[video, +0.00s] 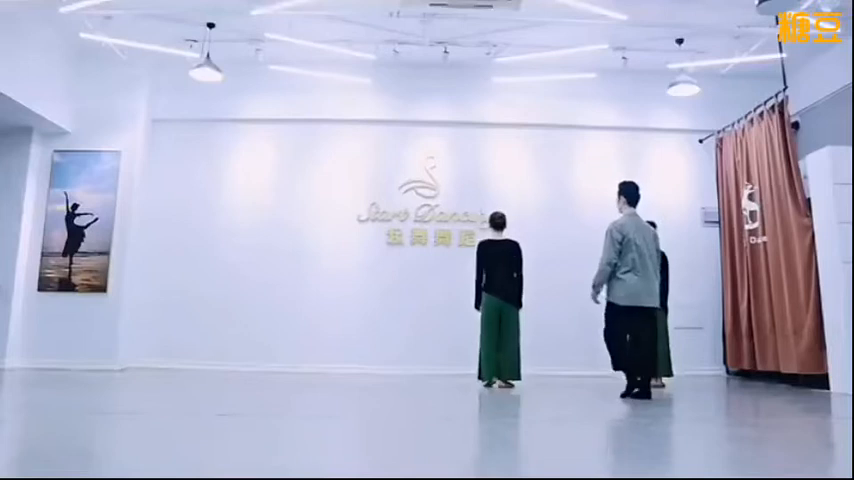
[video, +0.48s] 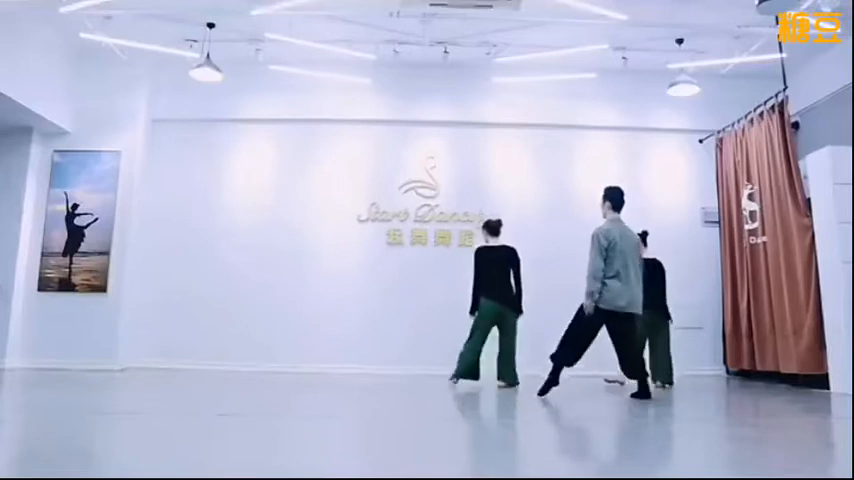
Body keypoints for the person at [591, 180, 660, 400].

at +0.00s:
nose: (616, 202)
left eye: (617, 198)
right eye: (618, 198)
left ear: (621, 199)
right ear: (636, 200)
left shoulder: (617, 227)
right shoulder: (650, 230)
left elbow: (608, 262)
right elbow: (656, 263)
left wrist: (596, 285)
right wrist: (653, 288)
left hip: (622, 295)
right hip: (648, 296)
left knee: (613, 335)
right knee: (644, 342)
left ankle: (630, 376)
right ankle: (644, 386)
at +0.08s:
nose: (616, 203)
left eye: (616, 200)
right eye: (617, 199)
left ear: (621, 201)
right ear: (636, 202)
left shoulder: (617, 229)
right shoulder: (650, 232)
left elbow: (607, 264)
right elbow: (656, 264)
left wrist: (594, 287)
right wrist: (652, 292)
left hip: (621, 296)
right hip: (647, 297)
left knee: (605, 330)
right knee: (642, 343)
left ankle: (623, 368)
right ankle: (644, 387)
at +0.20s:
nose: (613, 207)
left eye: (614, 203)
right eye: (615, 203)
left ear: (619, 205)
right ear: (633, 206)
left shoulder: (615, 232)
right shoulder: (648, 237)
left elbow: (604, 269)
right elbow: (652, 271)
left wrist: (591, 296)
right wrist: (648, 298)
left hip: (617, 297)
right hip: (643, 301)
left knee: (591, 329)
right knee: (638, 345)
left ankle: (597, 366)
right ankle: (643, 386)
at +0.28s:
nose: (611, 207)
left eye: (613, 204)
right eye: (613, 203)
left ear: (617, 205)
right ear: (632, 207)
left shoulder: (613, 233)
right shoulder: (645, 238)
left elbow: (603, 270)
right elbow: (650, 273)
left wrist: (591, 298)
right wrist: (647, 302)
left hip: (615, 299)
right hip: (640, 302)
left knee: (585, 330)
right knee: (638, 346)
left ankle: (583, 368)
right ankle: (644, 387)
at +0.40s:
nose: (605, 207)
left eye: (606, 203)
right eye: (606, 203)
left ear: (610, 205)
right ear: (625, 206)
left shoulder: (606, 234)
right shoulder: (638, 237)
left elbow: (599, 270)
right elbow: (643, 270)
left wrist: (592, 299)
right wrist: (640, 300)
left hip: (609, 299)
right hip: (633, 302)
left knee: (577, 333)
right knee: (633, 346)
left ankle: (558, 371)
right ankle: (643, 386)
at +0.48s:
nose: (601, 207)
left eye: (602, 203)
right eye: (602, 203)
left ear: (607, 204)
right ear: (621, 205)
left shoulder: (602, 233)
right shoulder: (633, 236)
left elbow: (596, 270)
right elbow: (637, 270)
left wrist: (589, 299)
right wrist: (635, 299)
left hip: (605, 299)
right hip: (629, 302)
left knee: (574, 336)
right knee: (630, 346)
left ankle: (554, 374)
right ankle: (643, 386)